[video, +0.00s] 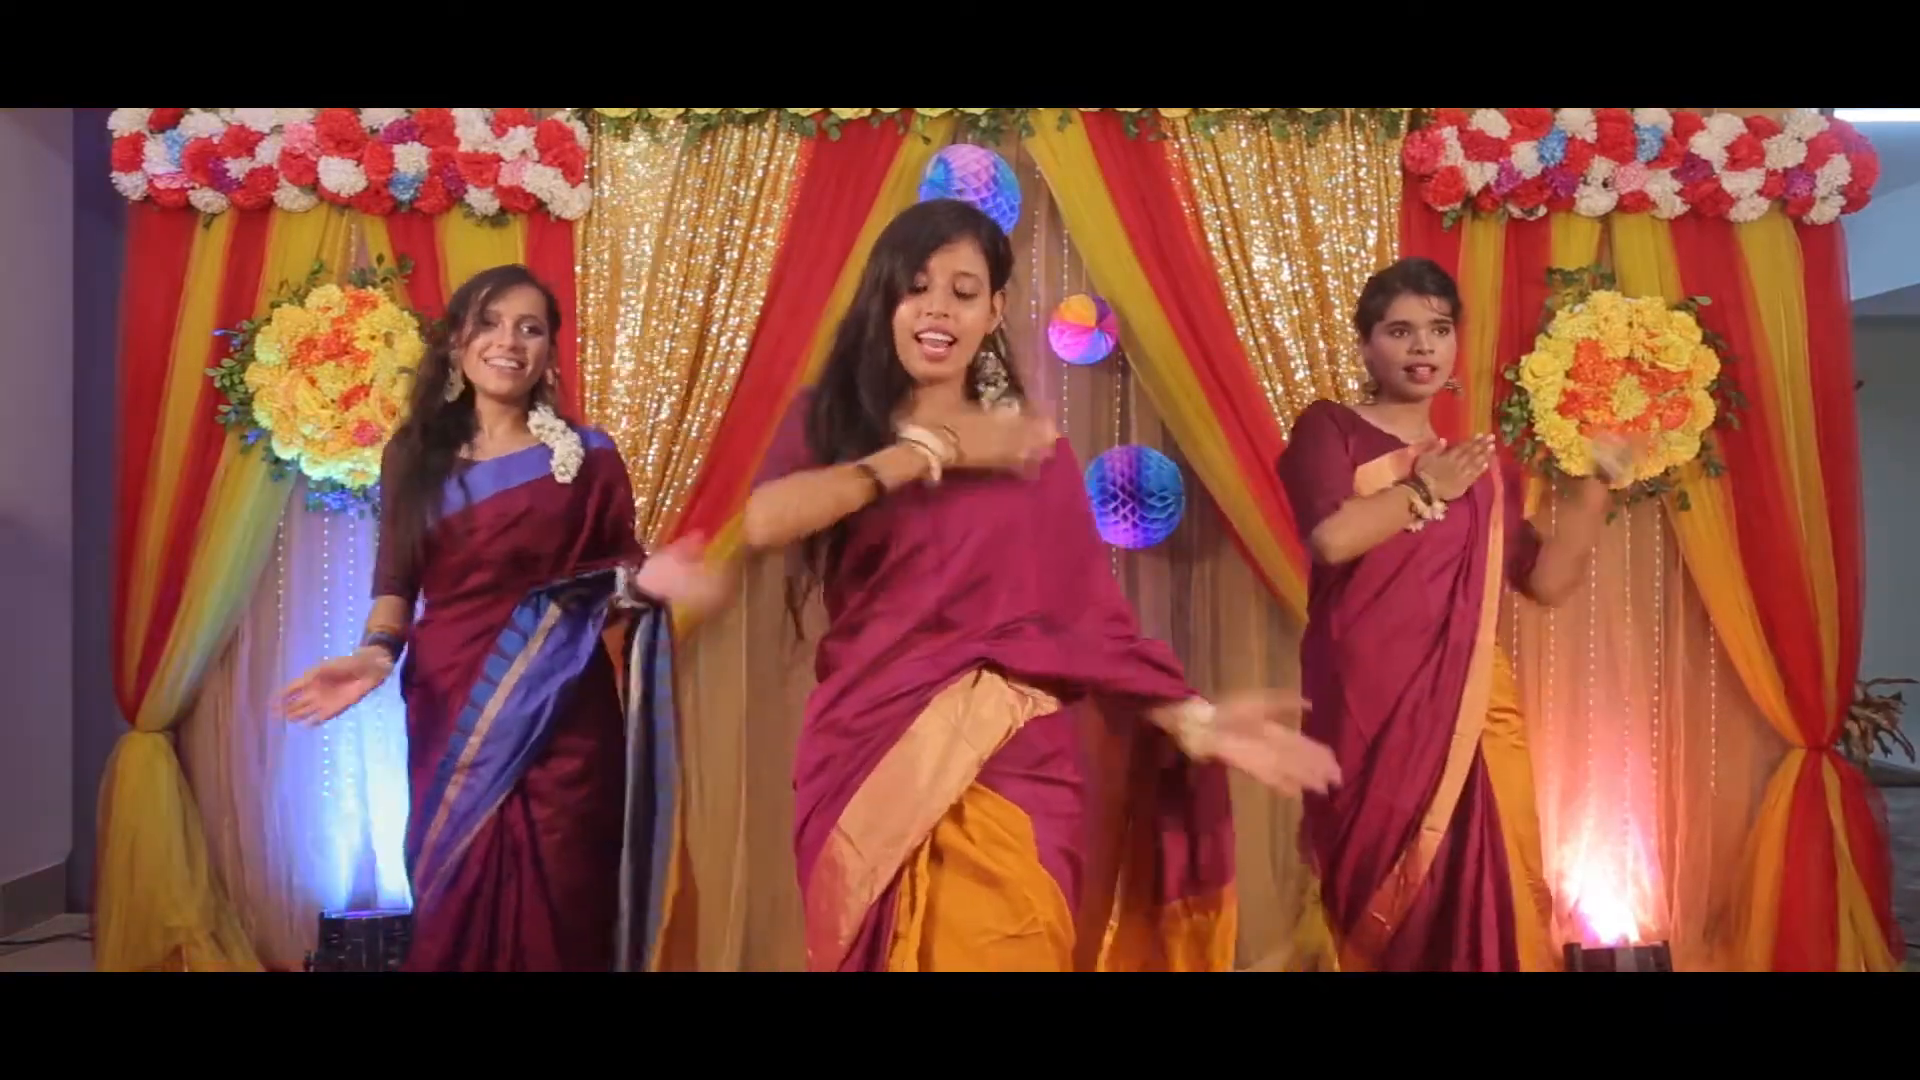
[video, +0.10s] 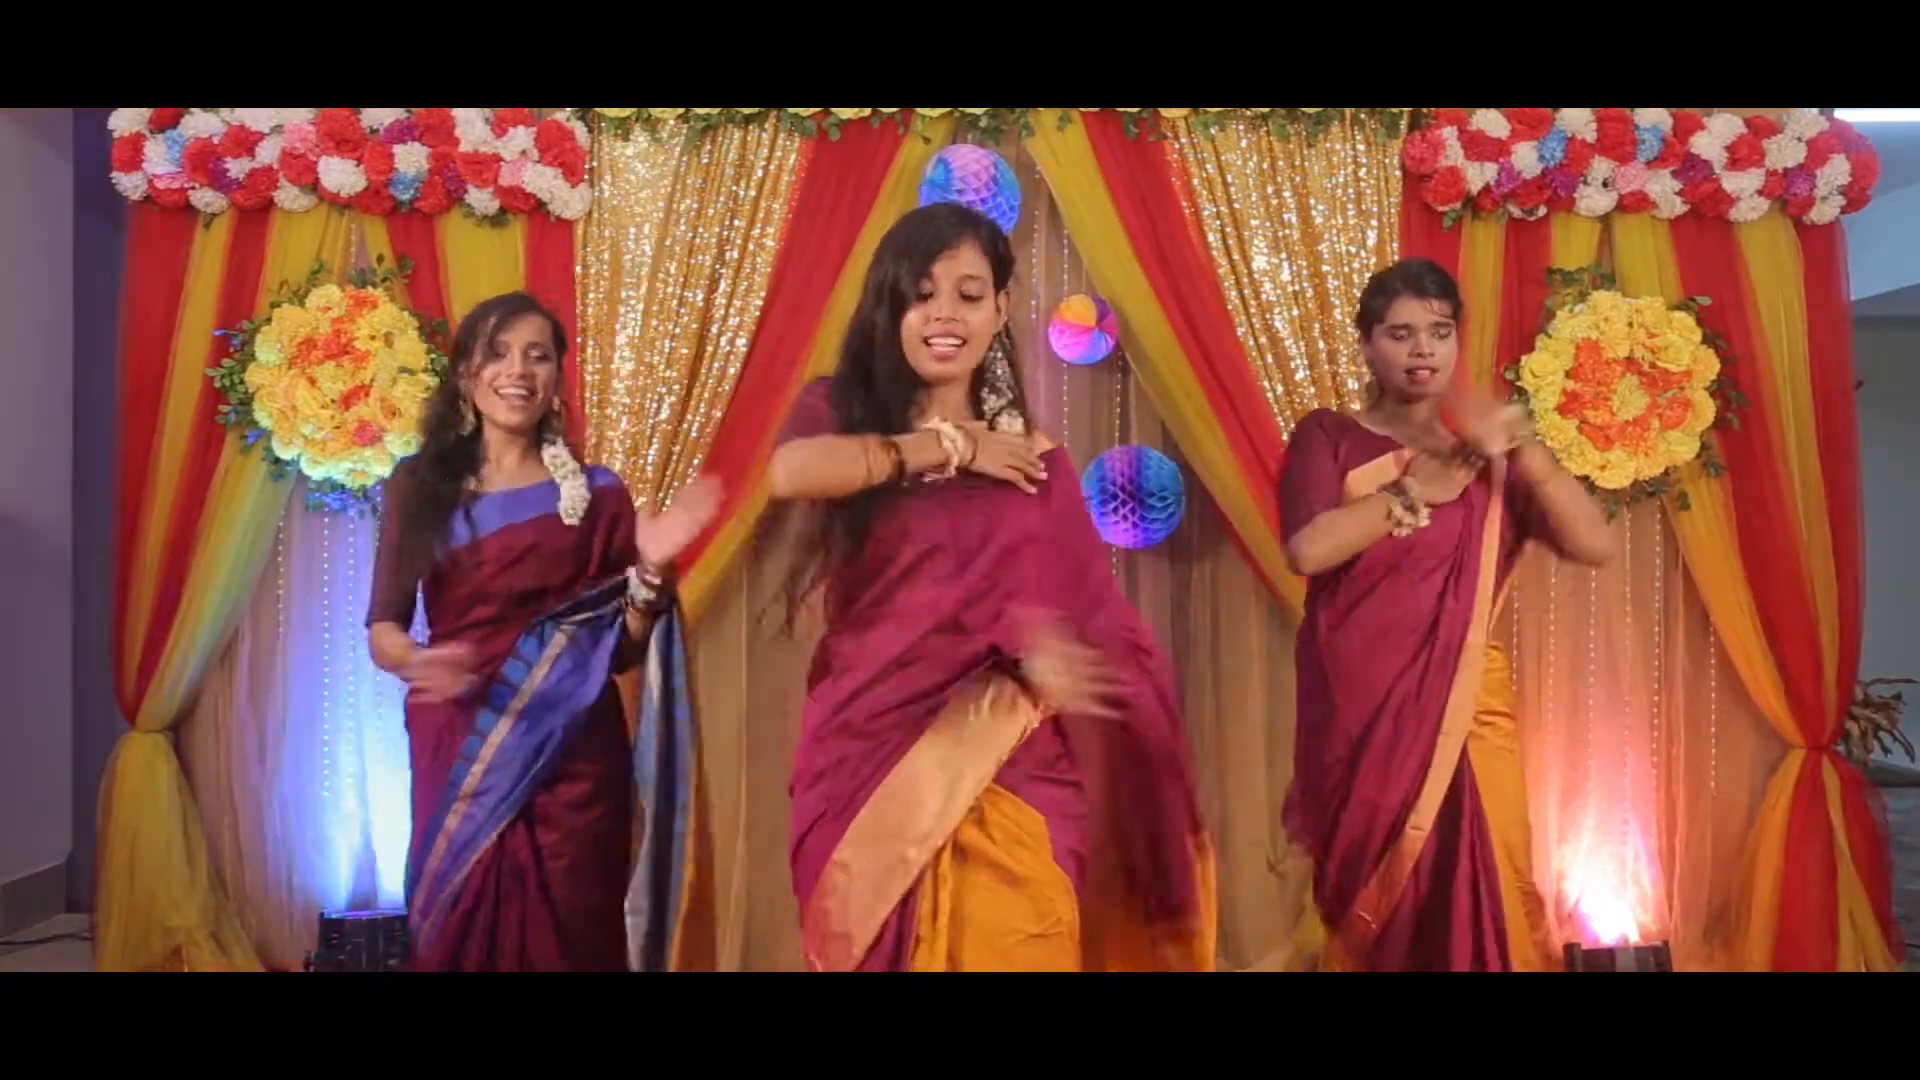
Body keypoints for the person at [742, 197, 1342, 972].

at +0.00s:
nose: (936, 310)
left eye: (963, 292)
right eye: (917, 287)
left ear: (994, 311)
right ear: (883, 300)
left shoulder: (1034, 443)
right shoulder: (835, 419)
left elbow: (1091, 615)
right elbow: (762, 522)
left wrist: (1187, 718)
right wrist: (923, 454)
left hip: (1018, 749)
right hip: (871, 747)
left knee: (1007, 947)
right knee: (876, 955)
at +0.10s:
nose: (945, 317)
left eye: (969, 296)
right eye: (922, 294)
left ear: (1002, 312)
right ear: (888, 308)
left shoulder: (1037, 460)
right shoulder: (837, 407)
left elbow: (1102, 620)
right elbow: (787, 474)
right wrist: (946, 446)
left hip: (1020, 741)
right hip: (878, 734)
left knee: (1023, 936)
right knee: (881, 940)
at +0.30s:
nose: (949, 323)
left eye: (972, 300)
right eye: (925, 304)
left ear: (1008, 316)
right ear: (896, 323)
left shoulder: (1054, 473)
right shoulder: (844, 440)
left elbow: (1126, 655)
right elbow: (696, 532)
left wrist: (1007, 664)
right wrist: (855, 436)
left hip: (1003, 788)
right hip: (856, 779)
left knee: (1022, 951)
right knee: (869, 952)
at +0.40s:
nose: (930, 331)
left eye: (957, 306)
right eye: (909, 311)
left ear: (1003, 322)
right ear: (890, 333)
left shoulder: (1059, 471)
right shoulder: (855, 464)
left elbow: (1126, 654)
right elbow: (684, 595)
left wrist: (1064, 738)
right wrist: (804, 462)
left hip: (1006, 797)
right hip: (861, 787)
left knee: (1003, 952)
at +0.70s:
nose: (881, 300)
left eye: (906, 274)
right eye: (875, 279)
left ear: (981, 284)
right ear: (864, 293)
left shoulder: (1021, 402)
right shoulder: (864, 422)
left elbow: (1133, 586)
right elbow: (712, 440)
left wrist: (1087, 762)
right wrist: (799, 290)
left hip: (971, 768)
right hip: (856, 763)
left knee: (905, 951)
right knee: (849, 950)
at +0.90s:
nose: (886, 310)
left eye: (907, 285)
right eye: (882, 289)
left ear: (985, 291)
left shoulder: (1033, 417)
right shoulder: (875, 444)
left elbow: (1115, 614)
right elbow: (730, 488)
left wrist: (1051, 786)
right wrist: (803, 332)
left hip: (955, 787)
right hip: (841, 781)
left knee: (935, 959)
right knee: (831, 956)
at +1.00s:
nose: (890, 310)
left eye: (912, 284)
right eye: (886, 288)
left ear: (989, 291)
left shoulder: (1035, 421)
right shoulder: (879, 447)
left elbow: (1111, 620)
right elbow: (728, 499)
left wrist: (1042, 792)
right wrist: (791, 343)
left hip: (938, 787)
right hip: (830, 782)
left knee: (905, 956)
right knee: (816, 953)